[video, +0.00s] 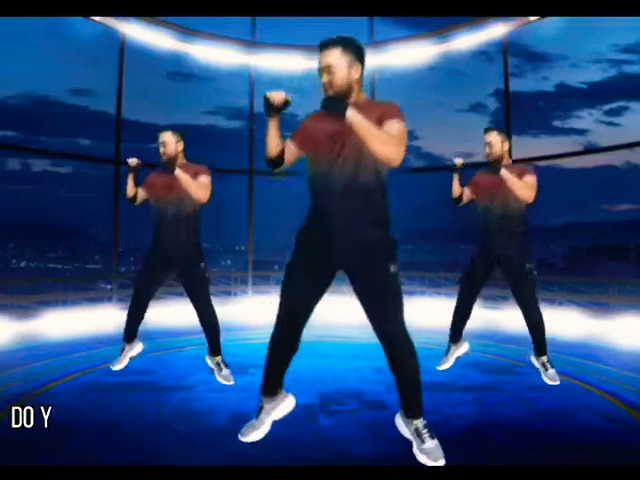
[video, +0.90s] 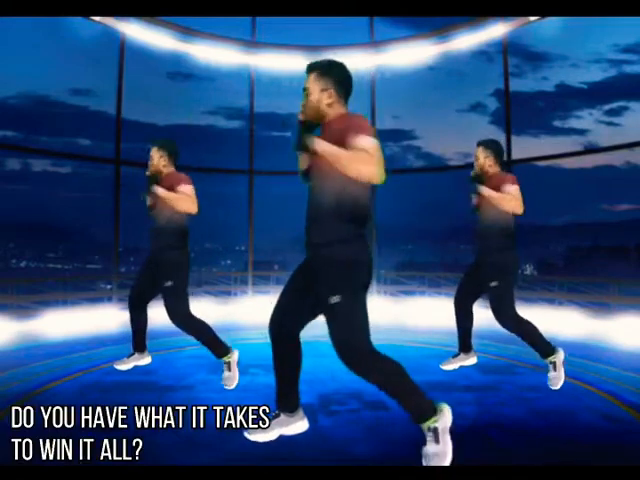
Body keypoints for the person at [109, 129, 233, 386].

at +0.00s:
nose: (162, 149)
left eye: (166, 144)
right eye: (160, 145)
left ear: (180, 146)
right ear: (159, 149)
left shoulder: (199, 173)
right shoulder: (156, 178)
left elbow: (202, 196)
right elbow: (134, 198)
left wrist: (177, 171)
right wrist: (132, 172)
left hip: (189, 251)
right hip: (160, 250)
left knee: (203, 305)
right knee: (140, 297)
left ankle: (216, 356)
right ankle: (129, 343)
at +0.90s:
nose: (150, 160)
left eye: (153, 156)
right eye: (150, 156)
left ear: (165, 158)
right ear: (159, 159)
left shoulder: (179, 180)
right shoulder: (158, 182)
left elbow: (191, 206)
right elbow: (159, 209)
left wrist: (160, 192)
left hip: (174, 256)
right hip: (158, 255)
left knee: (179, 315)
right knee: (137, 299)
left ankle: (227, 356)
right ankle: (140, 353)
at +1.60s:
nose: (160, 159)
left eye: (164, 154)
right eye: (159, 155)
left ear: (179, 154)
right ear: (161, 158)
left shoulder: (197, 179)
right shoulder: (157, 189)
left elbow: (209, 207)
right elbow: (136, 215)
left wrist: (185, 180)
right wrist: (130, 187)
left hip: (194, 258)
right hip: (162, 259)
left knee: (211, 312)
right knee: (144, 305)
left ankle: (217, 362)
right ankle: (140, 353)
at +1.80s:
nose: (166, 158)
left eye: (171, 152)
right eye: (163, 154)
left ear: (183, 154)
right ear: (160, 158)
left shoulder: (198, 179)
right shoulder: (157, 188)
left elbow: (210, 207)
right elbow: (138, 215)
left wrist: (186, 180)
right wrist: (130, 188)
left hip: (193, 258)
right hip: (162, 258)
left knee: (209, 312)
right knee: (143, 304)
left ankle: (217, 362)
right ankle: (140, 353)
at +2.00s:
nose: (169, 167)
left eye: (174, 162)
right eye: (164, 163)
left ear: (183, 165)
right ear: (159, 167)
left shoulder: (196, 192)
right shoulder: (154, 199)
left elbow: (208, 222)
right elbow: (136, 225)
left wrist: (187, 195)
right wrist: (128, 202)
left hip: (191, 269)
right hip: (160, 269)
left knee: (210, 320)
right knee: (131, 307)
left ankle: (218, 363)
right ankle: (139, 353)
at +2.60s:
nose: (170, 158)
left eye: (175, 153)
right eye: (165, 154)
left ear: (184, 157)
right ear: (160, 159)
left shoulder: (198, 185)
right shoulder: (155, 191)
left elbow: (206, 218)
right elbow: (141, 218)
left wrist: (186, 191)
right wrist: (130, 205)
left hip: (189, 262)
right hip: (158, 261)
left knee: (205, 317)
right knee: (137, 306)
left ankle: (213, 365)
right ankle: (138, 353)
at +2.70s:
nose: (171, 156)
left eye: (176, 151)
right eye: (167, 152)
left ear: (185, 155)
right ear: (162, 157)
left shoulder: (200, 182)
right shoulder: (159, 188)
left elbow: (209, 214)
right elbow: (147, 213)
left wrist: (186, 188)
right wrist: (140, 190)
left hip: (191, 258)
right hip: (161, 257)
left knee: (205, 314)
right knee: (140, 303)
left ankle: (213, 365)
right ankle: (138, 353)